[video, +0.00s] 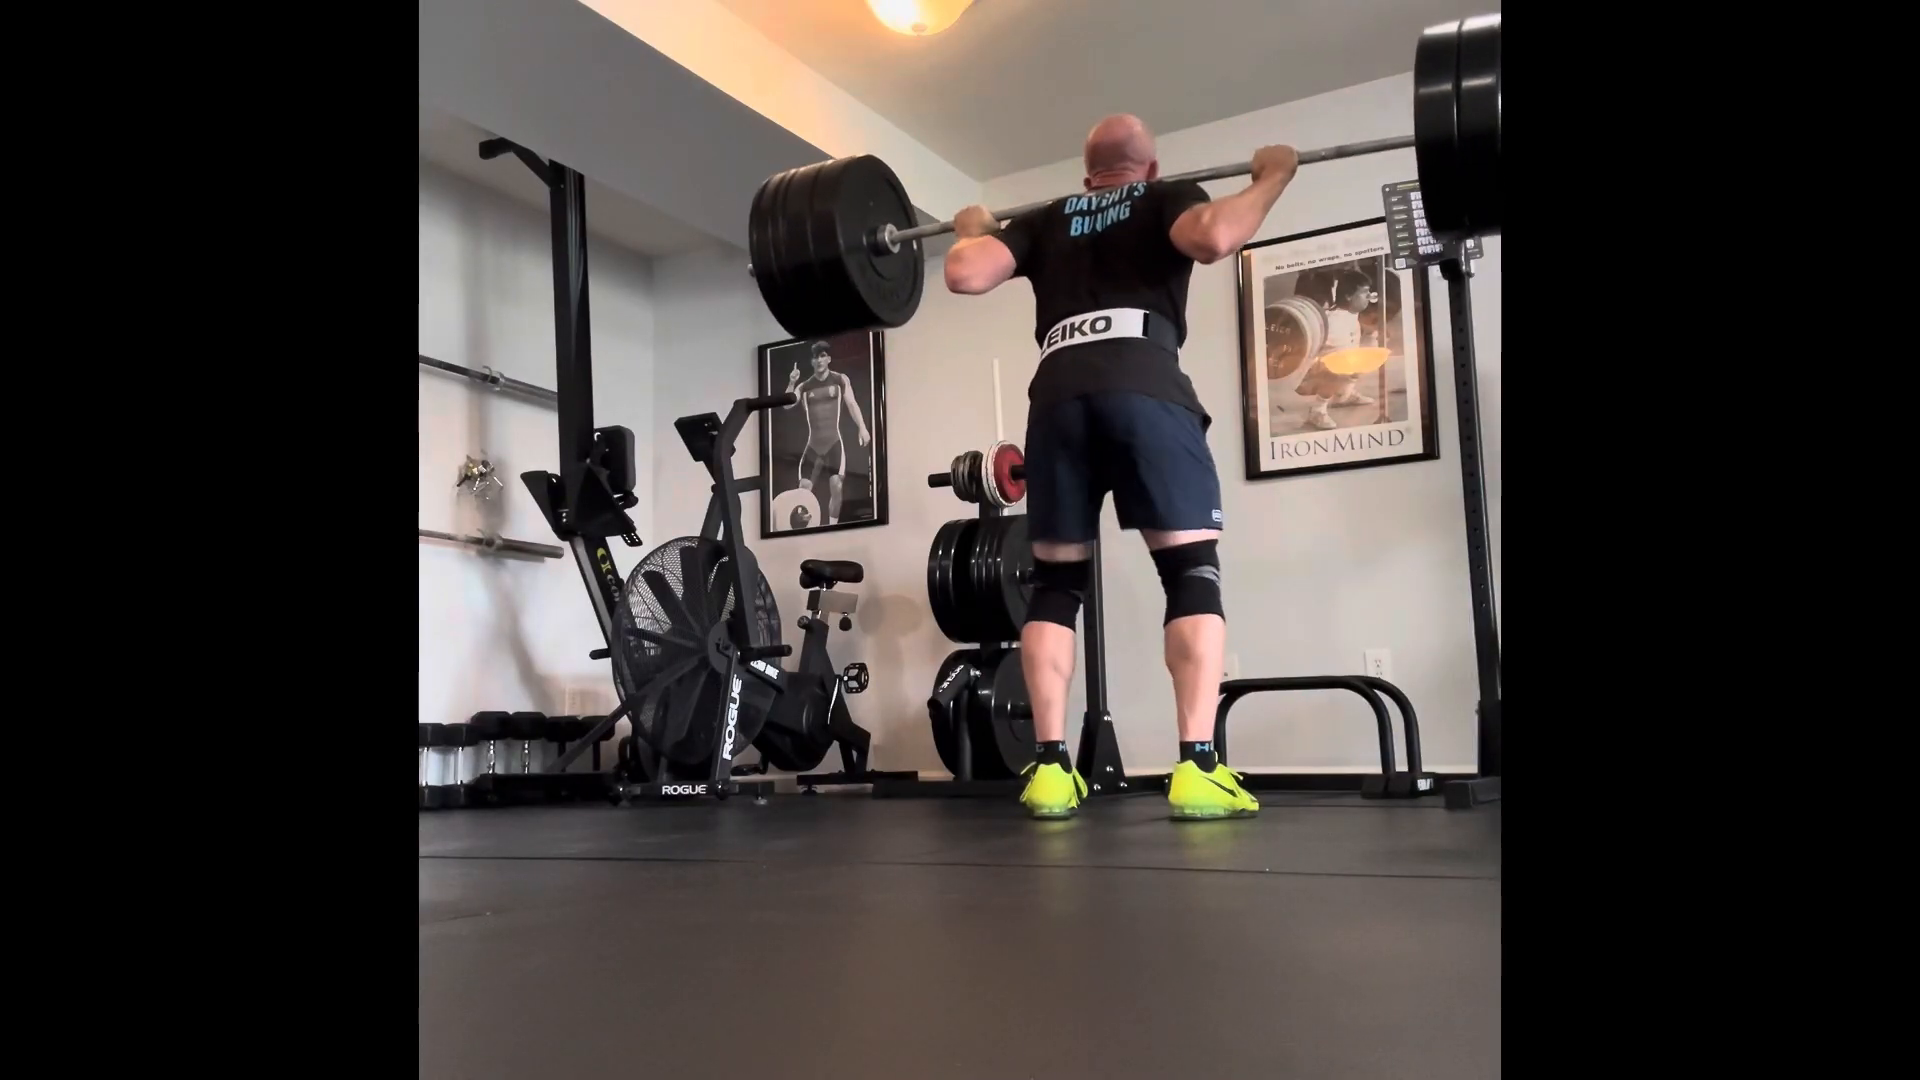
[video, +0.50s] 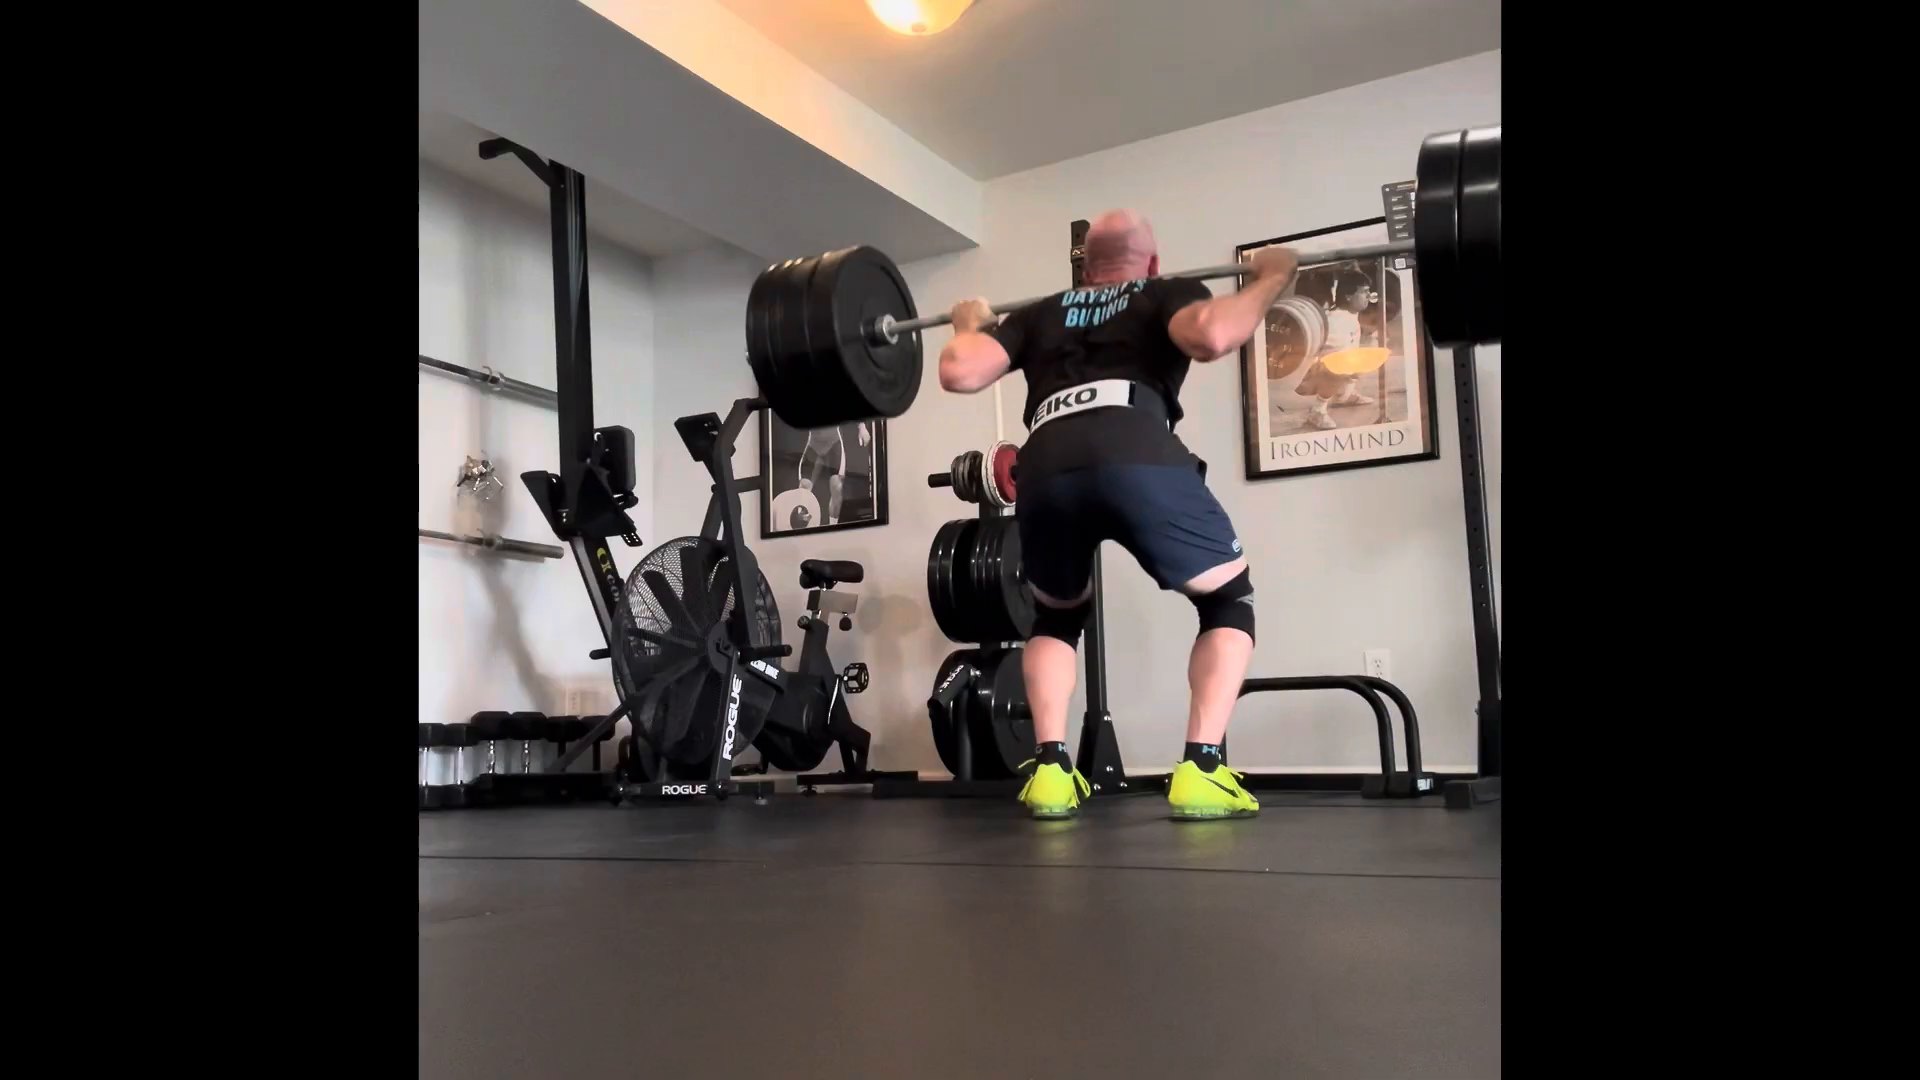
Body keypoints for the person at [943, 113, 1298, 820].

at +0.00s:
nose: (1143, 170)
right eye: (1149, 161)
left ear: (1084, 169)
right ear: (1151, 167)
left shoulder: (1043, 220)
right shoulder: (1164, 198)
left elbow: (963, 273)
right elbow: (1214, 235)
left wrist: (972, 227)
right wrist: (1270, 177)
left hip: (1056, 397)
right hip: (1147, 390)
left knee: (1055, 585)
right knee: (1190, 578)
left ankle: (1051, 764)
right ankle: (1198, 763)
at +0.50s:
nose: (1152, 264)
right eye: (1152, 256)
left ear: (1083, 263)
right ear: (1152, 262)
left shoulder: (1040, 313)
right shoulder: (1165, 291)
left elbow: (957, 374)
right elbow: (1214, 336)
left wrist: (967, 324)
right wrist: (1268, 280)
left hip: (1045, 460)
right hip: (1138, 449)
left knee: (1056, 616)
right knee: (1226, 603)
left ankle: (1050, 766)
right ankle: (1201, 766)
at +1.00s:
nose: (1162, 356)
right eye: (1161, 350)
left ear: (1094, 358)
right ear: (1157, 355)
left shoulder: (1040, 404)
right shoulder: (1171, 387)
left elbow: (960, 477)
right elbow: (1218, 438)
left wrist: (969, 416)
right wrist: (1279, 380)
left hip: (1035, 541)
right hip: (1132, 529)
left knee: (1055, 632)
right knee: (1235, 615)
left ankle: (1050, 769)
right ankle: (1202, 767)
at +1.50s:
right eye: (1169, 413)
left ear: (1101, 420)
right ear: (1168, 419)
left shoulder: (1047, 463)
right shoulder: (1181, 450)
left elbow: (965, 539)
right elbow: (1227, 507)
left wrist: (975, 474)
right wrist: (1289, 447)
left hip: (1042, 615)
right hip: (1143, 604)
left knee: (1042, 637)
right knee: (1247, 614)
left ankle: (1052, 767)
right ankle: (1203, 767)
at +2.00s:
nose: (1166, 388)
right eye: (1166, 382)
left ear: (1103, 388)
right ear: (1162, 387)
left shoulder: (1046, 426)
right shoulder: (1176, 413)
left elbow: (961, 494)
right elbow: (1218, 455)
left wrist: (972, 441)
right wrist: (1282, 410)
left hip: (1028, 552)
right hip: (1128, 543)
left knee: (1068, 630)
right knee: (1216, 610)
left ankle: (1055, 769)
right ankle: (1199, 768)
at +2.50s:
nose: (1158, 267)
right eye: (1158, 260)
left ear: (1092, 265)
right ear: (1157, 264)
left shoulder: (1041, 313)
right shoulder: (1168, 294)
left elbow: (960, 380)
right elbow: (1209, 338)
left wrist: (967, 328)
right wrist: (1270, 288)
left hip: (1041, 464)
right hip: (1134, 447)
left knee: (1085, 607)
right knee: (1212, 596)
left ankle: (1056, 765)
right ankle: (1201, 766)